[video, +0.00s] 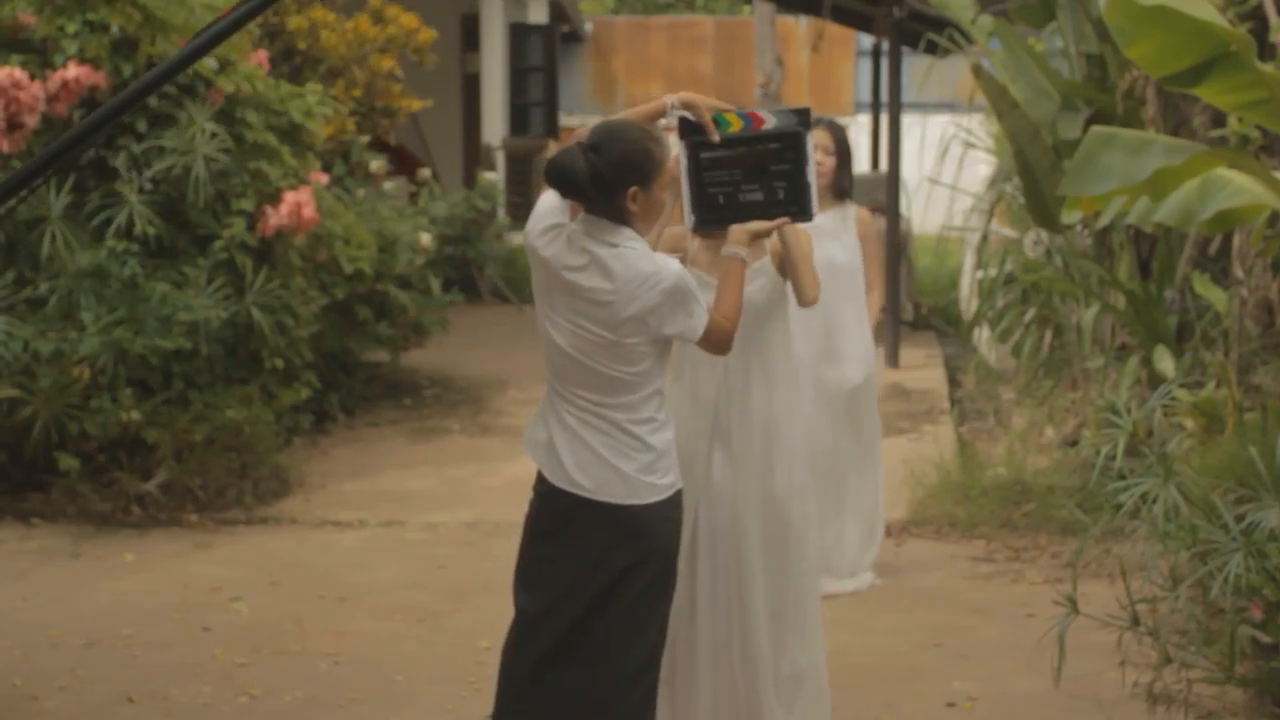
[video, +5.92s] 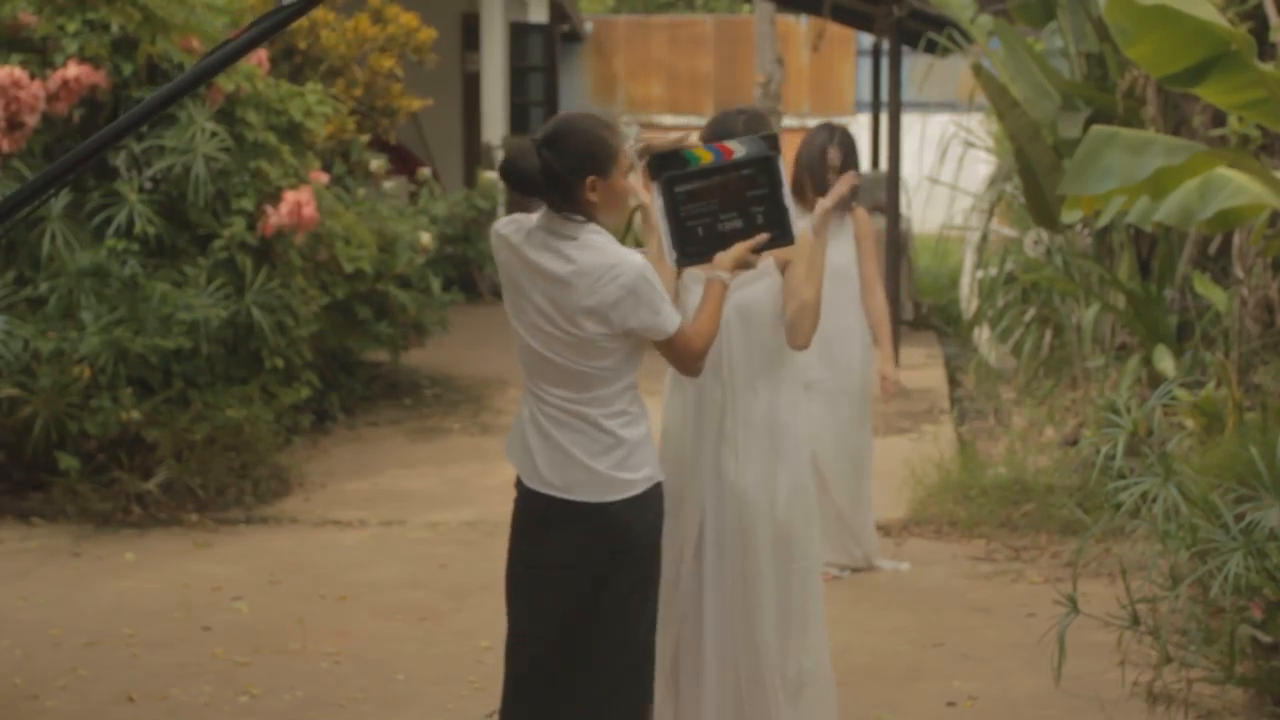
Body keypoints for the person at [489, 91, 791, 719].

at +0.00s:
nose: (672, 191)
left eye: (671, 180)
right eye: (666, 184)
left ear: (594, 192)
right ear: (634, 197)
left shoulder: (548, 232)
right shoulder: (654, 277)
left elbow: (574, 155)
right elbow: (718, 334)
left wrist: (653, 113)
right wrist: (737, 252)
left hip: (561, 480)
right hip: (638, 491)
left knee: (537, 650)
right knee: (623, 666)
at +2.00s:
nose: (648, 191)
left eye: (644, 178)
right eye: (642, 183)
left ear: (573, 191)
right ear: (616, 202)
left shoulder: (533, 240)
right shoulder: (642, 281)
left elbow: (573, 145)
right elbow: (704, 350)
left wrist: (669, 114)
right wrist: (732, 266)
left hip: (556, 486)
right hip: (634, 495)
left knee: (533, 649)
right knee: (621, 662)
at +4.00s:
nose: (627, 179)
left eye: (622, 169)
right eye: (621, 170)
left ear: (549, 181)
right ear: (608, 187)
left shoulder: (524, 245)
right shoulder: (637, 281)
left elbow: (554, 156)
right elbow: (700, 352)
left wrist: (655, 120)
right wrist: (723, 267)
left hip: (551, 490)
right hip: (631, 497)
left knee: (528, 653)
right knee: (618, 664)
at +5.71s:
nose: (631, 177)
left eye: (628, 166)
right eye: (625, 169)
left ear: (553, 181)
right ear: (607, 188)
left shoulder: (522, 242)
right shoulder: (638, 277)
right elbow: (702, 353)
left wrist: (640, 150)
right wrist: (733, 269)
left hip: (548, 488)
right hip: (626, 496)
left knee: (526, 655)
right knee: (616, 666)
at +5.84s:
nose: (632, 180)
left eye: (631, 168)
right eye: (625, 171)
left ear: (552, 179)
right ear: (602, 190)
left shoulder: (516, 242)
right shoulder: (631, 274)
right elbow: (698, 351)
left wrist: (654, 187)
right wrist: (726, 266)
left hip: (545, 488)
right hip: (623, 495)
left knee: (530, 662)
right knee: (615, 668)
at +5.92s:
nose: (632, 180)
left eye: (633, 168)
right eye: (624, 171)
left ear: (553, 181)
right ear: (591, 187)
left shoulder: (510, 237)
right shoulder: (621, 270)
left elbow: (557, 198)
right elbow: (688, 355)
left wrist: (631, 156)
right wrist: (722, 274)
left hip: (541, 485)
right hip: (618, 492)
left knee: (535, 660)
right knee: (616, 663)